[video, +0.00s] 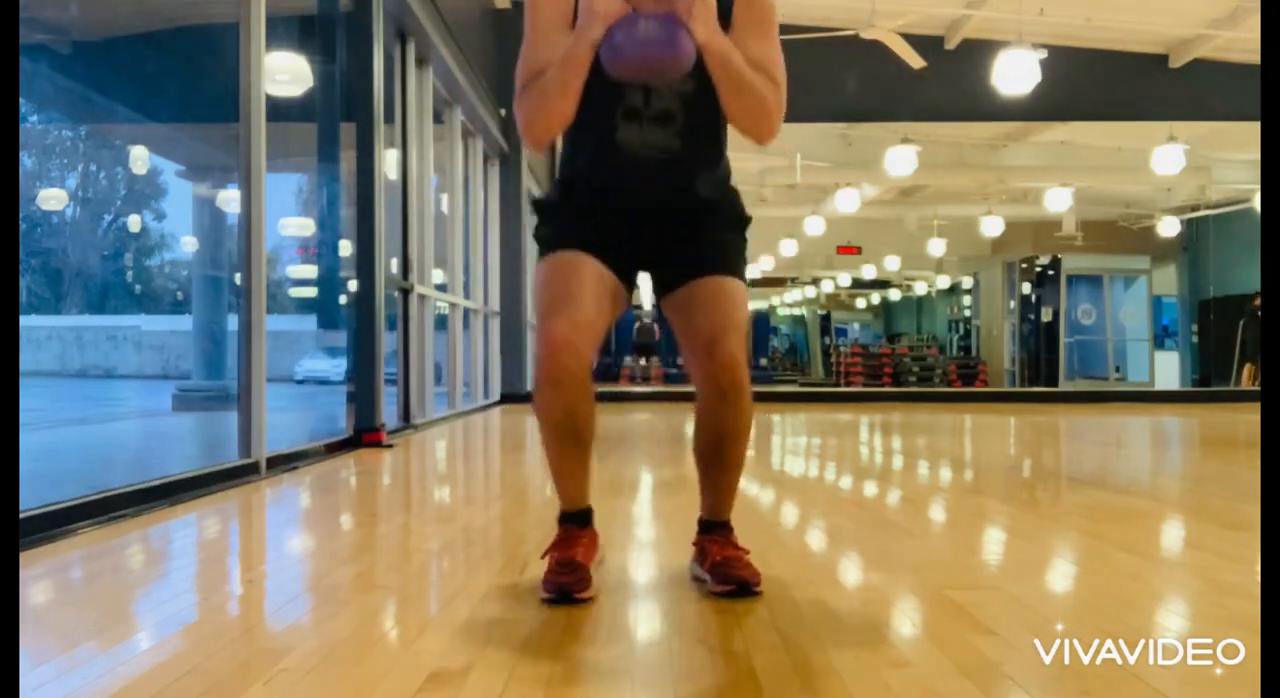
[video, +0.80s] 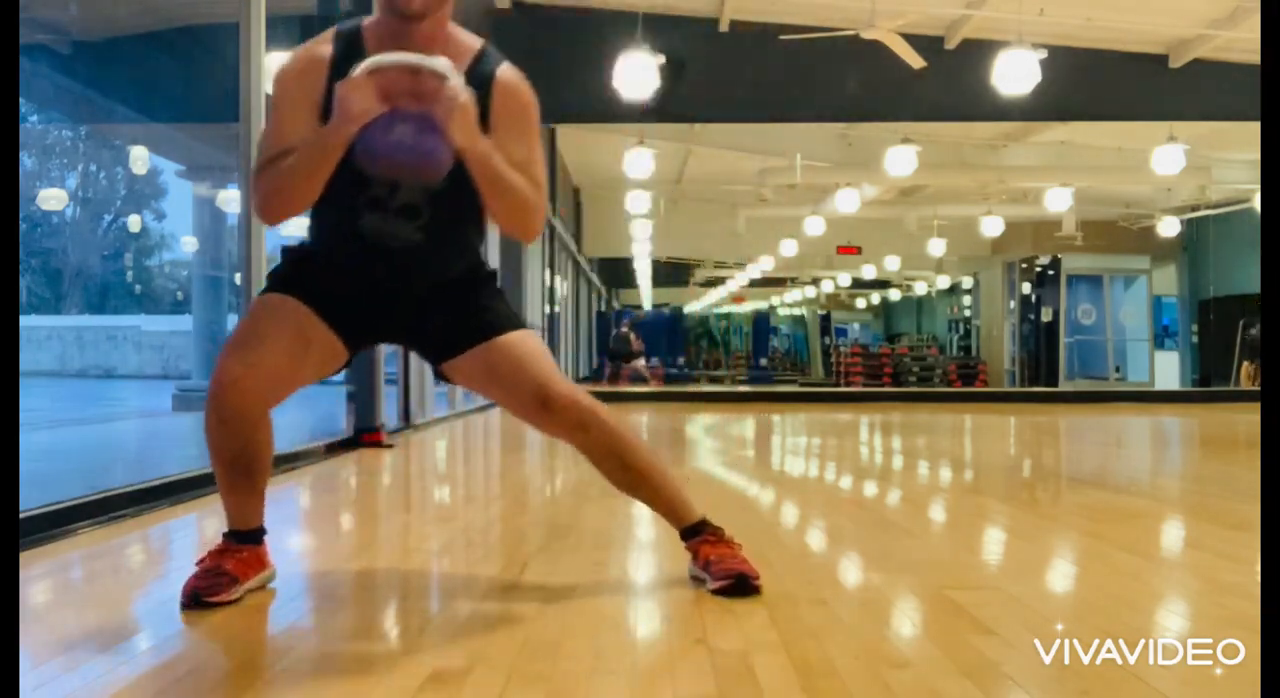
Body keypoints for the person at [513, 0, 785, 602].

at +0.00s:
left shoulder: (741, 5)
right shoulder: (558, 4)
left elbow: (764, 120)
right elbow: (536, 125)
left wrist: (707, 28)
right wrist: (590, 26)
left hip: (696, 208)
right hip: (591, 206)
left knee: (726, 366)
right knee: (559, 350)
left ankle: (716, 535)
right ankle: (574, 530)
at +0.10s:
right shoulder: (557, 0)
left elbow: (760, 84)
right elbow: (533, 89)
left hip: (690, 184)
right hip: (582, 177)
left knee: (718, 355)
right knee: (521, 320)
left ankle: (716, 534)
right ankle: (528, 502)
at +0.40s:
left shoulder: (681, 4)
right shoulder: (490, 2)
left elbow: (699, 82)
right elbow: (466, 79)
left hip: (619, 191)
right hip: (505, 183)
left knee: (672, 360)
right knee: (399, 332)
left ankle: (714, 537)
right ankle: (291, 507)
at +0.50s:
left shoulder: (633, 3)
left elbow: (655, 108)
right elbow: (415, 99)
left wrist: (600, 15)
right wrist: (479, 6)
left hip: (571, 208)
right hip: (456, 202)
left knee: (641, 364)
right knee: (347, 359)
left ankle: (711, 537)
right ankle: (257, 531)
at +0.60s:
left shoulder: (578, 18)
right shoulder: (394, 5)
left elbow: (603, 148)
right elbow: (357, 128)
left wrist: (548, 49)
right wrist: (430, 43)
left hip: (518, 234)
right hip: (400, 229)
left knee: (603, 373)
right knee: (295, 373)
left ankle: (706, 535)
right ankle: (249, 544)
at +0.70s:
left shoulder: (535, 52)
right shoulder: (350, 29)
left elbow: (558, 187)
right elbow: (307, 164)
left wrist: (508, 101)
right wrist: (380, 82)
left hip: (476, 265)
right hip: (357, 258)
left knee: (580, 390)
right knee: (255, 382)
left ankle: (703, 536)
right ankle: (246, 545)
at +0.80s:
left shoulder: (502, 85)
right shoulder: (314, 68)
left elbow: (526, 223)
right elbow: (272, 203)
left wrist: (467, 134)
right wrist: (342, 124)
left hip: (451, 287)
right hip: (333, 281)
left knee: (561, 403)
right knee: (235, 383)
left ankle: (702, 536)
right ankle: (243, 546)